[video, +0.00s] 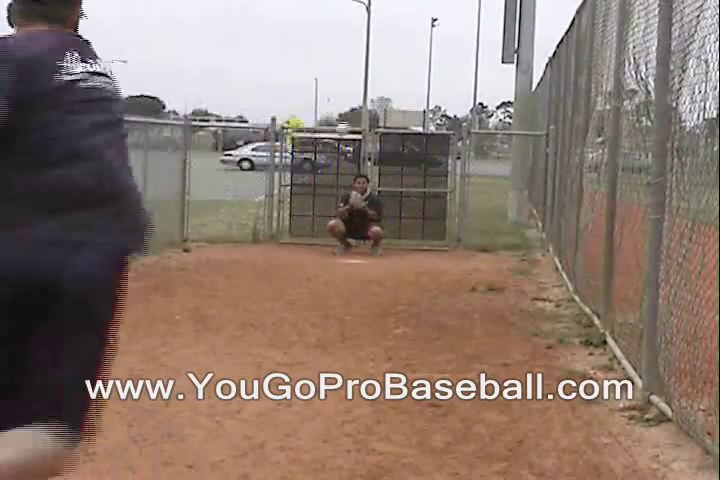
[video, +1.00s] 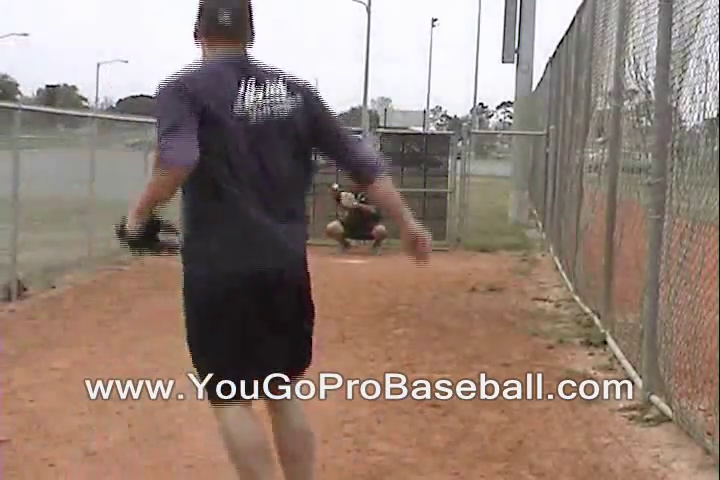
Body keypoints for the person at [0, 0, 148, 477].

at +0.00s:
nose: (81, 18)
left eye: (14, 13)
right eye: (80, 12)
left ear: (14, 15)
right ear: (76, 13)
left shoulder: (11, 57)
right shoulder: (94, 63)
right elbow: (109, 160)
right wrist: (134, 224)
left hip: (18, 248)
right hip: (93, 245)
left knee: (15, 410)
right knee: (55, 428)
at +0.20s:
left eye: (7, 37)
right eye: (66, 35)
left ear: (6, 32)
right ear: (63, 34)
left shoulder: (15, 56)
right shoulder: (71, 74)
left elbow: (77, 88)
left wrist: (13, 162)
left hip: (86, 248)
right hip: (167, 240)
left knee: (35, 412)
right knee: (214, 385)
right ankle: (384, 414)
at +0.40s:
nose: (59, 65)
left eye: (60, 59)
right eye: (61, 60)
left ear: (63, 58)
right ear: (116, 55)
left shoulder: (68, 91)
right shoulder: (148, 100)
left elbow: (100, 139)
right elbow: (165, 188)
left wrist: (63, 234)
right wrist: (105, 250)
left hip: (154, 263)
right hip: (229, 256)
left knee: (82, 416)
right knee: (288, 392)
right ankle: (379, 472)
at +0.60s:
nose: (141, 79)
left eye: (140, 71)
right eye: (144, 71)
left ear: (145, 76)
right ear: (196, 70)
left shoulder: (169, 127)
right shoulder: (227, 117)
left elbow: (210, 205)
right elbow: (257, 209)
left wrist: (160, 268)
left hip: (223, 302)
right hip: (280, 299)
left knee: (123, 421)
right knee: (252, 429)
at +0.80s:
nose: (179, 14)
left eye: (179, 10)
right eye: (185, 10)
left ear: (184, 8)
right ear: (234, 8)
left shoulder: (183, 52)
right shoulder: (281, 60)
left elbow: (198, 128)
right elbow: (345, 133)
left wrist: (149, 183)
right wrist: (381, 186)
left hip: (217, 243)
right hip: (287, 244)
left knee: (177, 376)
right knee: (284, 377)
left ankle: (207, 473)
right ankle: (307, 474)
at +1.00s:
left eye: (197, 33)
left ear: (199, 35)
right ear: (251, 34)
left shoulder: (184, 87)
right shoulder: (294, 89)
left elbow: (179, 161)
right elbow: (361, 160)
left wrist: (141, 209)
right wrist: (406, 219)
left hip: (218, 272)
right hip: (286, 268)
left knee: (230, 400)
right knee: (284, 392)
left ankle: (266, 473)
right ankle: (302, 474)